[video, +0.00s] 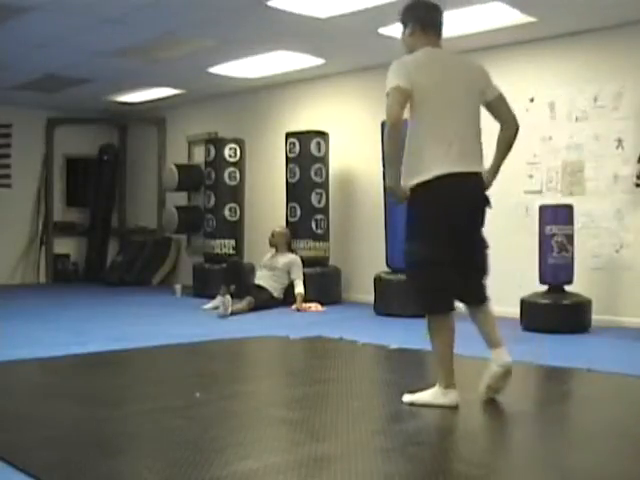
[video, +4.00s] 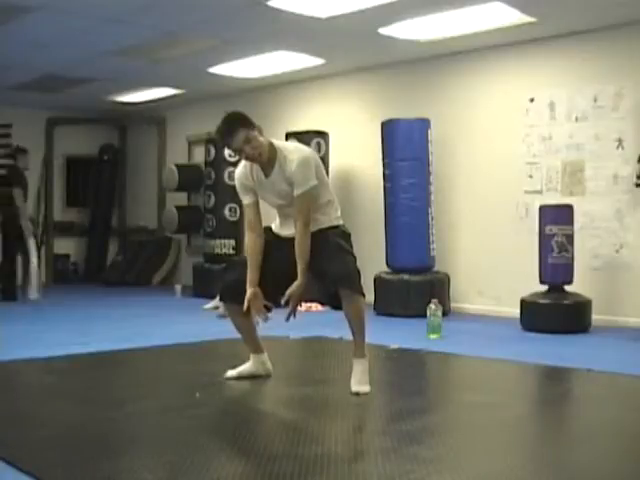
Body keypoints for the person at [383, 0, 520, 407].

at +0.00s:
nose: (402, 40)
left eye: (403, 33)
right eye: (403, 34)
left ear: (413, 31)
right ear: (438, 30)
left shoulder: (405, 66)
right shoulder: (470, 67)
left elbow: (393, 121)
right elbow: (510, 123)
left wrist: (392, 179)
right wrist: (491, 173)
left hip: (431, 190)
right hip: (470, 187)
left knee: (435, 288)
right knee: (468, 281)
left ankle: (444, 387)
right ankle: (499, 353)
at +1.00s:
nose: (330, 56)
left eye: (336, 48)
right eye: (325, 50)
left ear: (355, 46)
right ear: (322, 54)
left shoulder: (380, 83)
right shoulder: (338, 100)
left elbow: (412, 132)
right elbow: (333, 153)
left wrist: (407, 185)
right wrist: (318, 187)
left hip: (376, 198)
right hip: (348, 200)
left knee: (360, 287)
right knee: (369, 287)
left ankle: (350, 371)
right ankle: (393, 364)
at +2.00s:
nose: (285, 74)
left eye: (291, 67)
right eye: (280, 68)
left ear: (304, 66)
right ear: (272, 69)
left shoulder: (326, 105)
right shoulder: (263, 102)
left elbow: (343, 155)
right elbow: (247, 126)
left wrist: (358, 194)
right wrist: (255, 103)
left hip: (315, 213)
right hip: (268, 213)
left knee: (335, 290)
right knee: (251, 289)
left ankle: (349, 369)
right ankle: (261, 359)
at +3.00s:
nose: (245, 128)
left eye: (245, 118)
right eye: (236, 126)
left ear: (255, 109)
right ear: (233, 131)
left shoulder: (302, 141)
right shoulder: (246, 160)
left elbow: (306, 202)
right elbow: (252, 213)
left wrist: (297, 255)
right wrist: (251, 263)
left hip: (319, 228)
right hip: (278, 231)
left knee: (344, 290)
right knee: (230, 290)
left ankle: (356, 362)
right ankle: (258, 357)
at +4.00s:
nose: (249, 152)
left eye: (249, 141)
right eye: (239, 151)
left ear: (258, 130)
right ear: (236, 154)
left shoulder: (301, 159)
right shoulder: (244, 174)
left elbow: (304, 224)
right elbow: (253, 231)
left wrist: (301, 278)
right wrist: (253, 285)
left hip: (325, 234)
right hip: (283, 237)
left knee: (347, 280)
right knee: (231, 290)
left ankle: (360, 360)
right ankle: (258, 359)